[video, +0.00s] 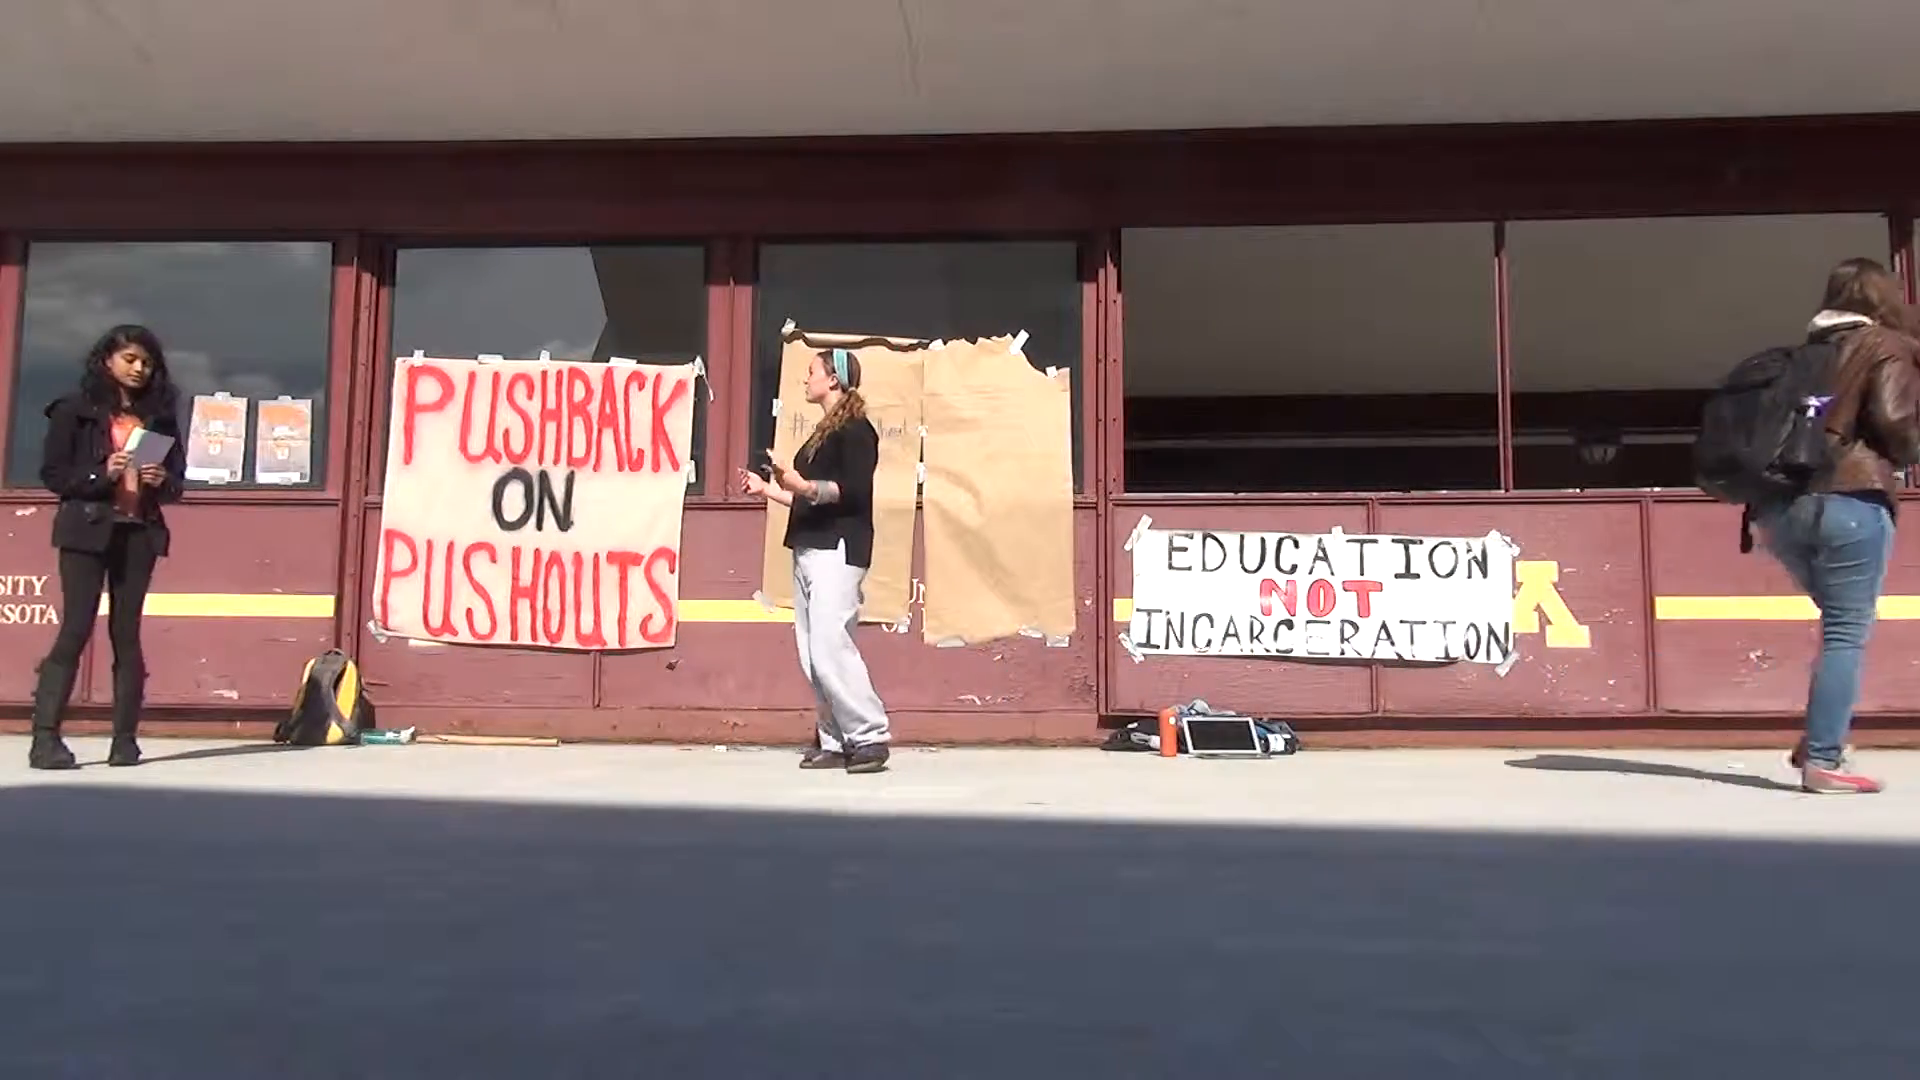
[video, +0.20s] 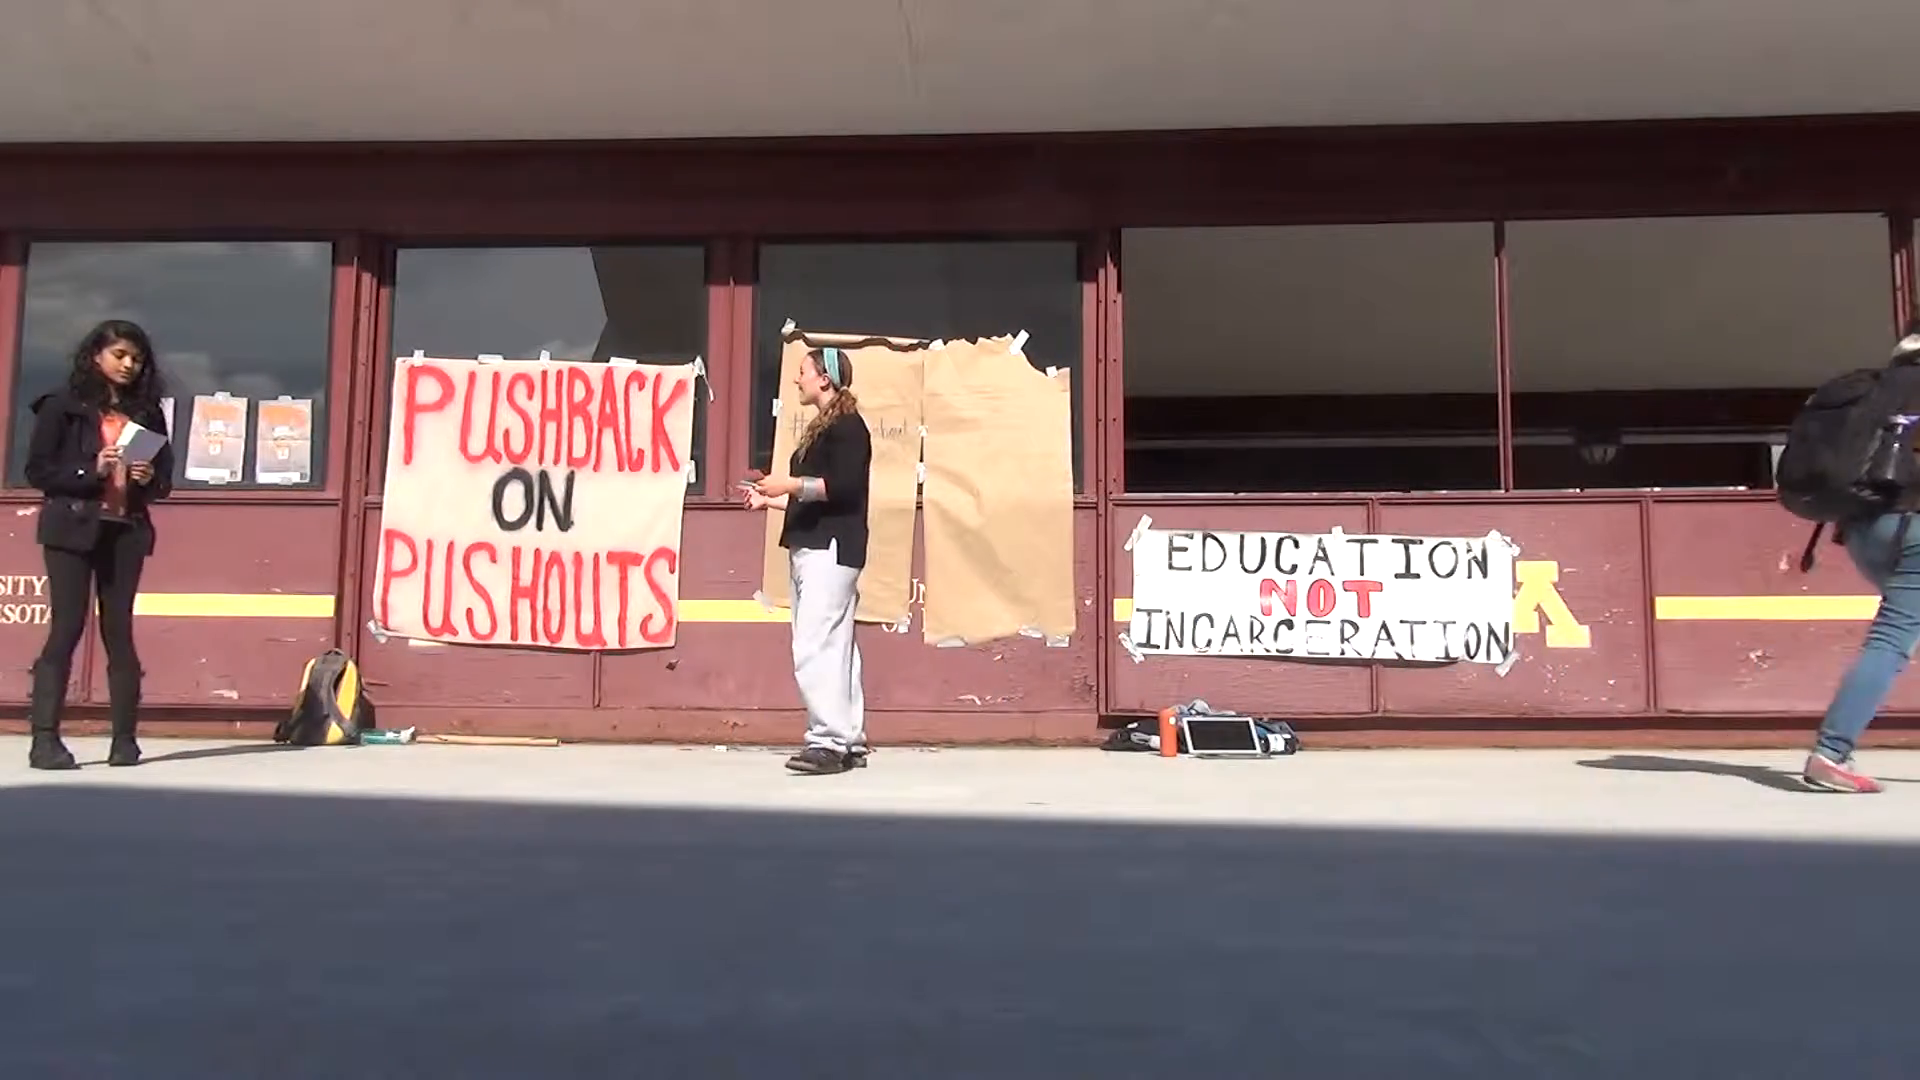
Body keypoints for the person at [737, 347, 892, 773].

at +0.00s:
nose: (805, 379)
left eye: (812, 372)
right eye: (808, 372)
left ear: (834, 378)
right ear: (830, 378)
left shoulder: (855, 430)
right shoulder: (825, 432)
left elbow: (852, 491)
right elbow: (811, 500)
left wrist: (799, 482)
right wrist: (768, 490)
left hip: (836, 551)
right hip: (809, 550)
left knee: (829, 646)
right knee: (813, 651)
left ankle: (869, 738)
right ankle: (835, 741)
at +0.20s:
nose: (797, 379)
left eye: (803, 372)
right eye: (799, 372)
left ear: (825, 378)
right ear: (824, 378)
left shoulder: (847, 427)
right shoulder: (826, 427)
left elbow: (844, 487)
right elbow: (818, 491)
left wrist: (789, 483)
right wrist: (773, 497)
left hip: (830, 549)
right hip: (816, 547)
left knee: (814, 644)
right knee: (833, 643)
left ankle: (829, 743)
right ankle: (847, 740)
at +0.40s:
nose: (792, 375)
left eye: (799, 368)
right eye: (793, 368)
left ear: (821, 375)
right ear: (817, 376)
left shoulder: (838, 422)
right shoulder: (819, 422)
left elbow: (840, 485)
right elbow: (817, 485)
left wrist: (785, 493)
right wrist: (778, 497)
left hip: (823, 548)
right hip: (817, 547)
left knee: (810, 645)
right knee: (832, 644)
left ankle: (816, 744)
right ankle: (848, 742)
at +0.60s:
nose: (784, 369)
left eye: (790, 362)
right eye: (785, 362)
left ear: (813, 368)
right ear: (808, 370)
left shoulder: (831, 415)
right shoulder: (813, 415)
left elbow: (834, 477)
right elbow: (813, 477)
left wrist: (777, 486)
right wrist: (771, 488)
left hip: (818, 544)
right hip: (810, 543)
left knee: (810, 643)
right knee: (824, 642)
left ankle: (815, 743)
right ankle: (846, 738)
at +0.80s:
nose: (778, 365)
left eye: (785, 358)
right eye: (779, 358)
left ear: (809, 364)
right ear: (801, 364)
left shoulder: (829, 411)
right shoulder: (803, 414)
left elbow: (826, 472)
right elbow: (798, 474)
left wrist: (772, 483)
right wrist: (760, 484)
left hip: (814, 541)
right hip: (794, 540)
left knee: (808, 642)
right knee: (796, 642)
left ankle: (815, 744)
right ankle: (839, 730)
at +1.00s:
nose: (770, 362)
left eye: (778, 356)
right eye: (772, 355)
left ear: (802, 364)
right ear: (792, 364)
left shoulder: (825, 409)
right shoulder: (791, 414)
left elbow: (826, 471)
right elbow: (798, 475)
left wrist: (770, 484)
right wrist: (762, 485)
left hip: (806, 542)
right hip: (776, 543)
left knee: (804, 641)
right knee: (763, 639)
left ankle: (815, 746)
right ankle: (815, 734)